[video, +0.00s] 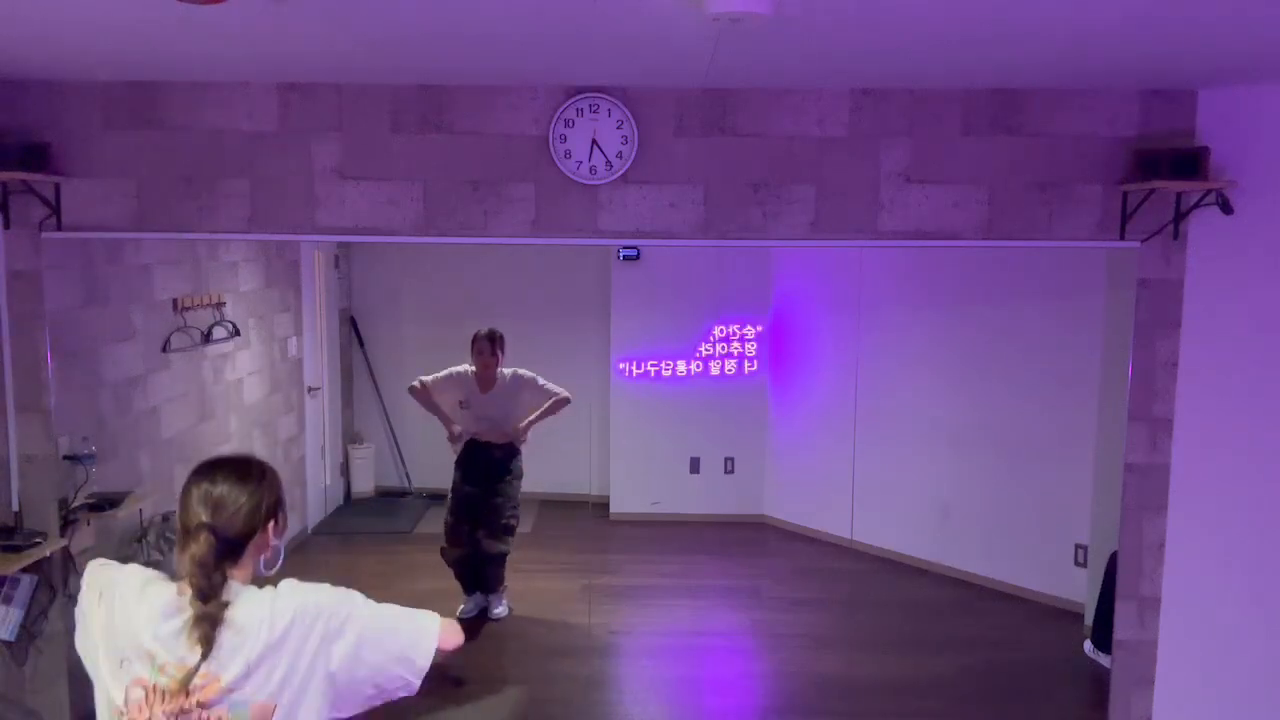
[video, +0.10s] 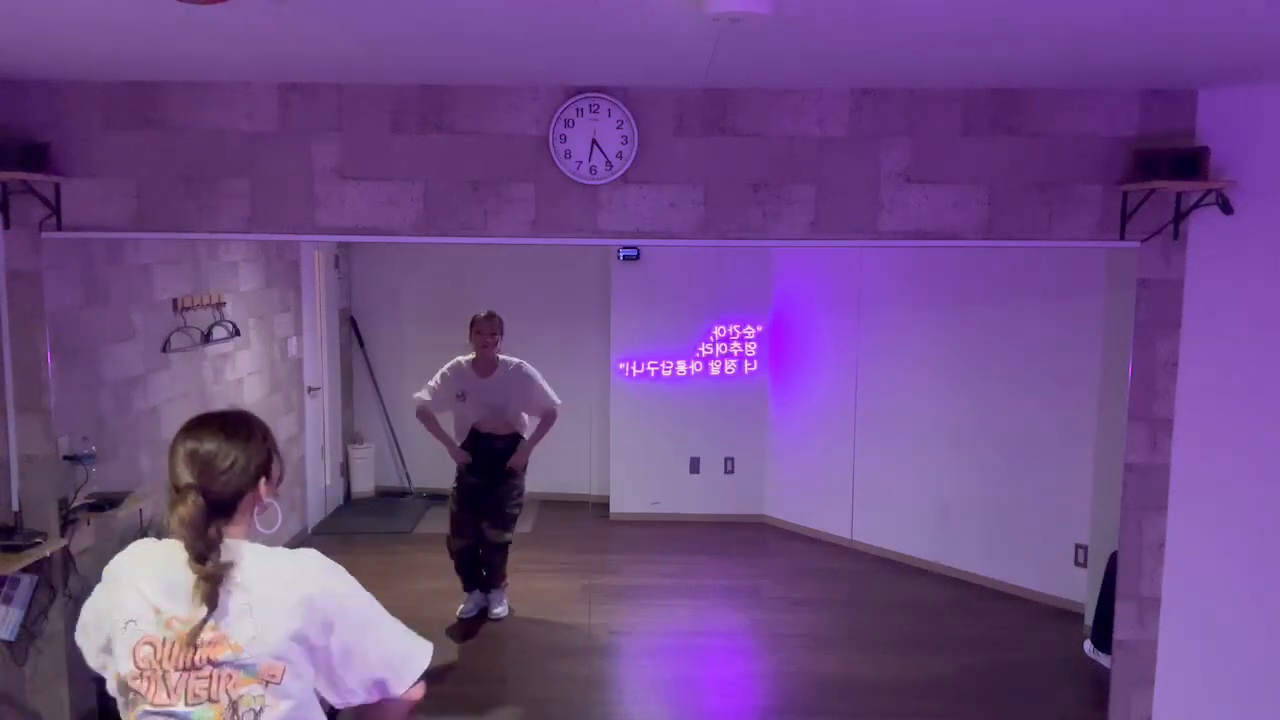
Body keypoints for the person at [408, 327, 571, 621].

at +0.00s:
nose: (485, 360)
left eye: (490, 354)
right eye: (479, 354)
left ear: (501, 356)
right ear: (472, 356)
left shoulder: (518, 380)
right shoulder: (460, 377)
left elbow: (562, 398)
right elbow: (417, 388)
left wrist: (526, 424)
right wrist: (448, 424)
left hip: (504, 458)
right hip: (470, 457)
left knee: (498, 529)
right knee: (457, 531)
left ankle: (495, 594)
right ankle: (473, 594)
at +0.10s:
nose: (487, 340)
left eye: (493, 335)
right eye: (480, 334)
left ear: (501, 338)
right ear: (471, 337)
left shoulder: (518, 372)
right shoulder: (457, 370)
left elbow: (551, 411)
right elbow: (422, 406)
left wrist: (525, 450)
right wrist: (452, 447)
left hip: (508, 455)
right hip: (472, 454)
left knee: (497, 529)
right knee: (461, 530)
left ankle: (496, 591)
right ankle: (473, 593)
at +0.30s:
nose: (479, 348)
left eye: (486, 343)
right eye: (473, 342)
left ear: (494, 348)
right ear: (464, 347)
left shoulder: (511, 376)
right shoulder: (454, 392)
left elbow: (517, 429)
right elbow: (456, 447)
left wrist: (512, 475)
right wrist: (454, 487)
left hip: (522, 452)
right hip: (486, 458)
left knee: (556, 529)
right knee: (465, 538)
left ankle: (515, 574)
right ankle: (477, 594)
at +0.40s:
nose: (477, 358)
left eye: (483, 353)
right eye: (472, 352)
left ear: (494, 356)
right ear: (465, 357)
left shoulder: (511, 377)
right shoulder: (461, 401)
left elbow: (516, 429)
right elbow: (462, 453)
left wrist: (499, 476)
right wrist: (447, 485)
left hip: (531, 462)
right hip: (496, 468)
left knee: (592, 524)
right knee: (478, 531)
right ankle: (477, 597)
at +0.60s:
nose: (509, 360)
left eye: (515, 353)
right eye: (504, 354)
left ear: (527, 354)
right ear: (497, 359)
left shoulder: (548, 367)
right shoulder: (502, 402)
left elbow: (534, 397)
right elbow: (478, 446)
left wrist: (498, 430)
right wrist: (437, 466)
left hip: (578, 464)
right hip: (543, 468)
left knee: (635, 525)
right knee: (520, 537)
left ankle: (624, 607)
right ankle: (482, 595)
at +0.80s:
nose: (556, 348)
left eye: (561, 342)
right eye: (549, 345)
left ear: (571, 343)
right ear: (543, 351)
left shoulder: (593, 357)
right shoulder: (542, 388)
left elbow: (582, 368)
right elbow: (508, 426)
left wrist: (547, 390)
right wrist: (460, 422)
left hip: (617, 460)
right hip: (579, 463)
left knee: (660, 532)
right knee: (546, 541)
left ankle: (624, 599)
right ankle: (523, 610)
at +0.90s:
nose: (570, 341)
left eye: (575, 335)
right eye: (564, 337)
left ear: (586, 336)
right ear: (558, 341)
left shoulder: (606, 353)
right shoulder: (556, 378)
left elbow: (603, 354)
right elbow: (518, 401)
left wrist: (576, 382)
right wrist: (475, 406)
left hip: (625, 449)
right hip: (588, 450)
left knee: (657, 533)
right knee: (575, 531)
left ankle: (627, 596)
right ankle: (569, 605)